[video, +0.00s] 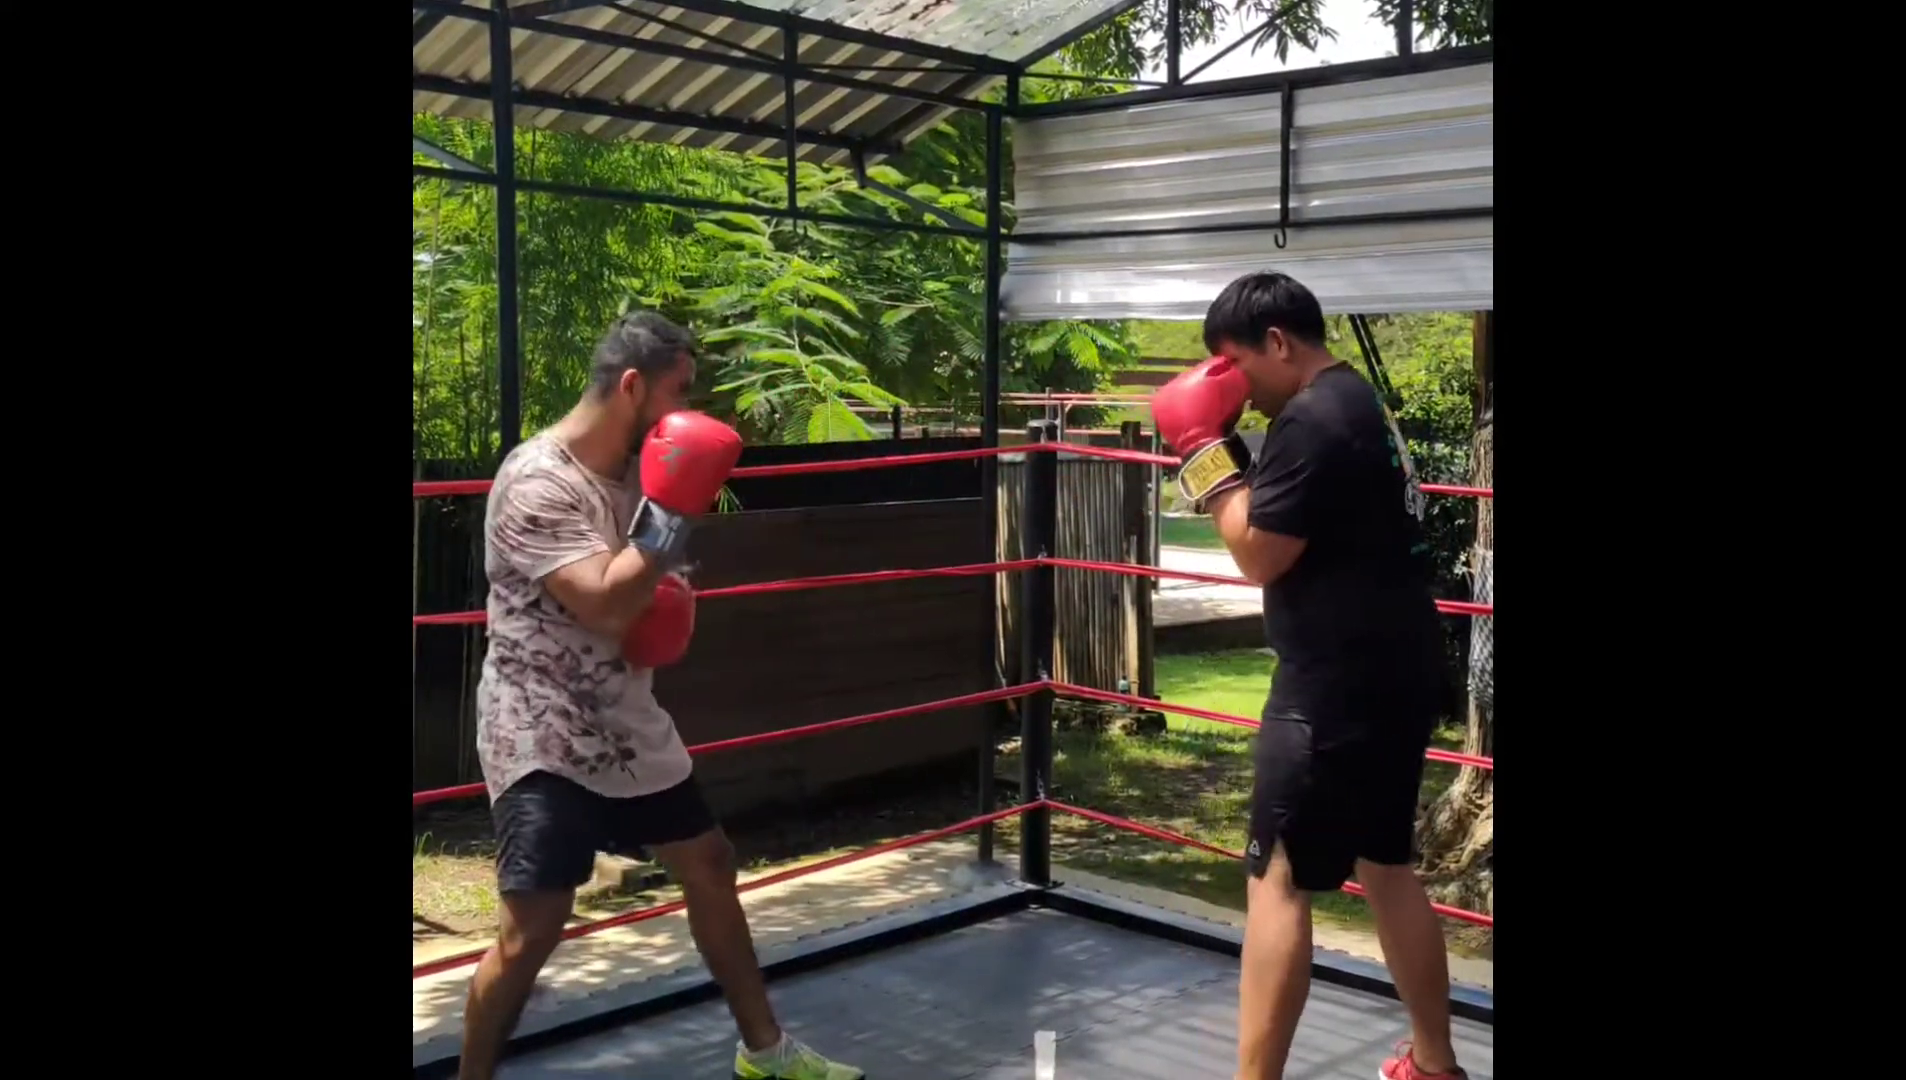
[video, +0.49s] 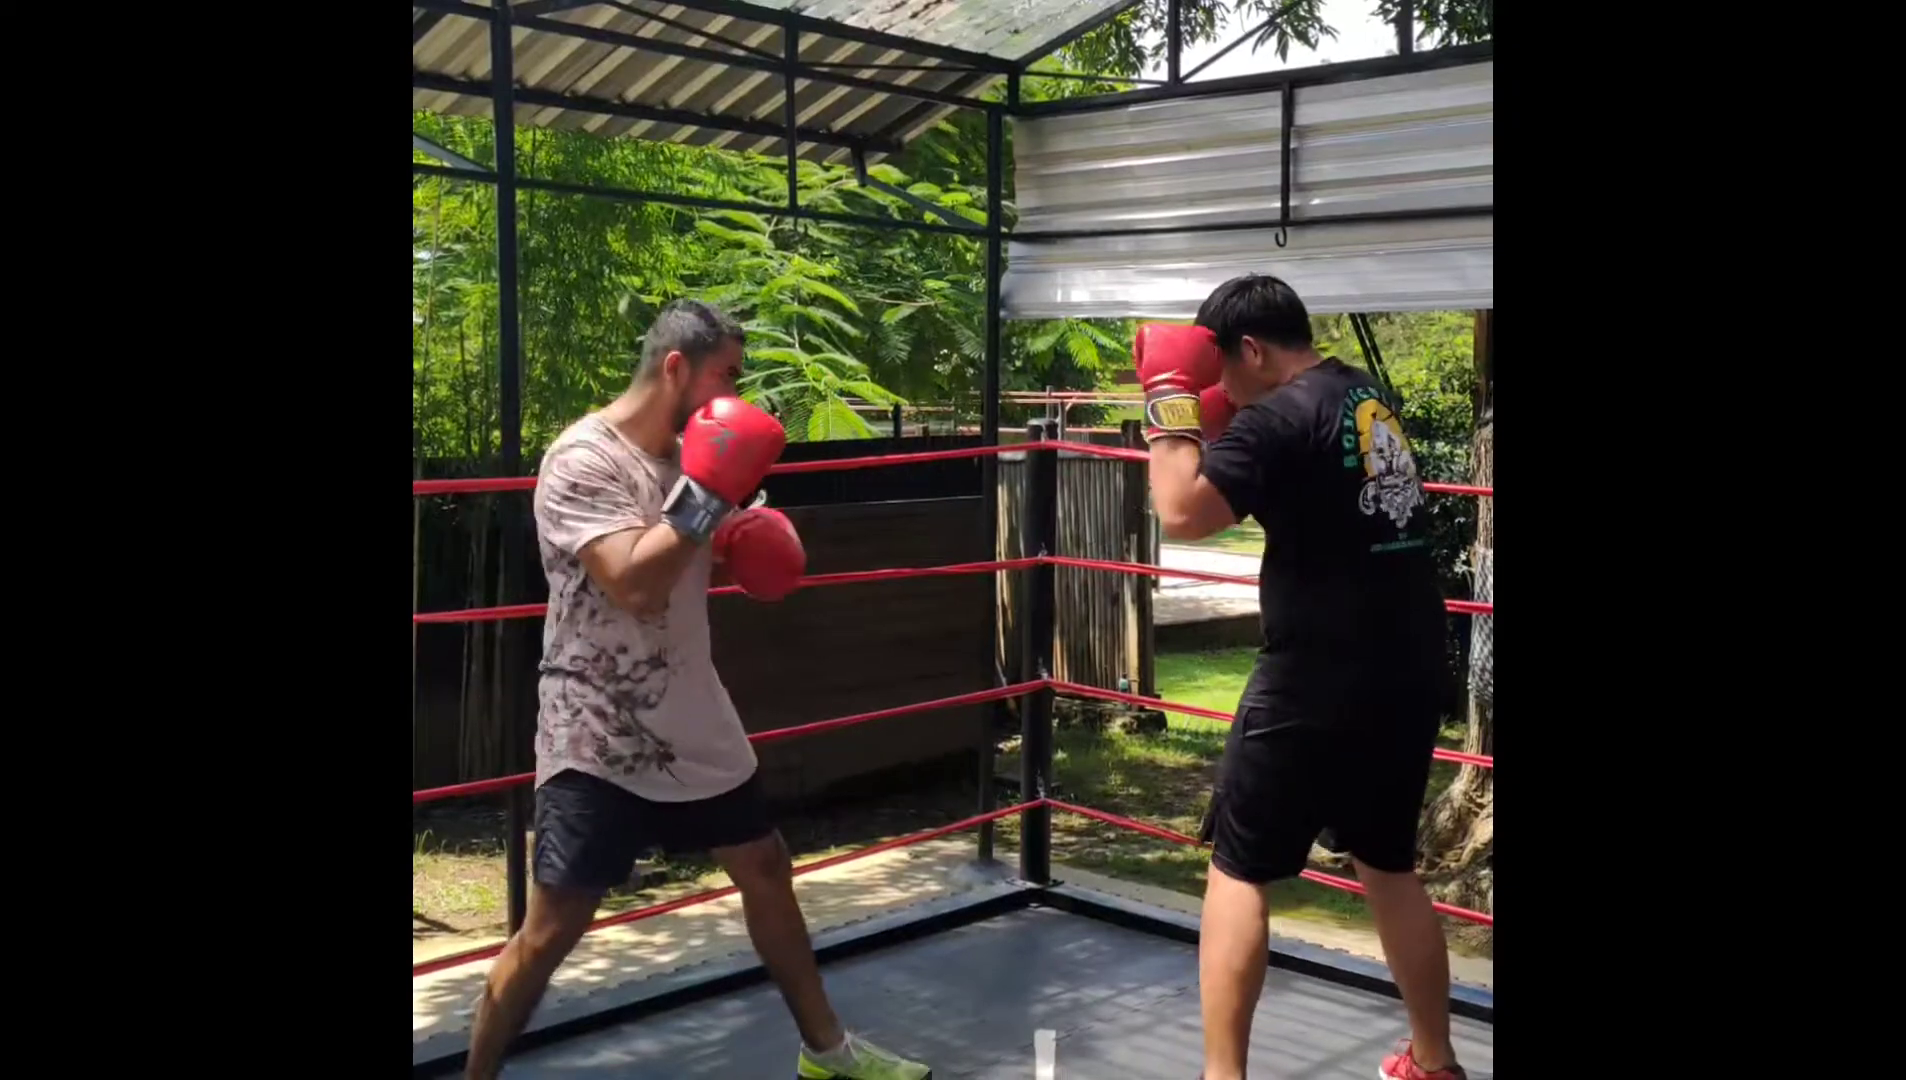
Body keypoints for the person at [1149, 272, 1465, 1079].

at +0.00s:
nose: (1233, 383)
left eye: (1234, 365)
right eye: (1225, 371)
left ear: (1280, 343)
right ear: (1294, 343)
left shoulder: (1313, 420)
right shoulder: (1352, 399)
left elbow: (1260, 558)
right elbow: (1278, 532)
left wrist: (1207, 456)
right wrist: (1226, 447)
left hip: (1329, 688)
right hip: (1393, 683)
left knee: (1277, 883)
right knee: (1389, 871)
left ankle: (1256, 1071)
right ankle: (1435, 1060)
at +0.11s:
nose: (1235, 381)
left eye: (1236, 362)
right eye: (1227, 368)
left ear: (1280, 341)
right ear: (1297, 340)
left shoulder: (1318, 420)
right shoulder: (1357, 398)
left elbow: (1261, 558)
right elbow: (1283, 536)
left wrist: (1212, 455)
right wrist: (1232, 449)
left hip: (1333, 687)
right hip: (1392, 681)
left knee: (1282, 884)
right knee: (1387, 869)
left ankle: (1256, 1072)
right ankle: (1435, 1060)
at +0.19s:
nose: (1235, 380)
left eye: (1236, 362)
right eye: (1228, 367)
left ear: (1281, 341)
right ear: (1297, 339)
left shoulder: (1319, 420)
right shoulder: (1357, 398)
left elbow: (1264, 559)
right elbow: (1280, 535)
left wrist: (1215, 453)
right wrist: (1232, 446)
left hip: (1331, 691)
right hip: (1392, 685)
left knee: (1278, 886)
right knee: (1387, 869)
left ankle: (1256, 1072)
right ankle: (1435, 1060)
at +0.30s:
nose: (1232, 383)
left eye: (1232, 365)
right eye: (1225, 370)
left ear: (1273, 346)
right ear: (1296, 342)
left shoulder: (1317, 422)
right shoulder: (1359, 399)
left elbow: (1261, 560)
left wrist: (1209, 454)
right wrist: (1233, 443)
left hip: (1328, 689)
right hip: (1397, 685)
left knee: (1254, 874)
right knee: (1386, 866)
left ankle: (1251, 1071)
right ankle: (1435, 1060)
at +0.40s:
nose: (1228, 385)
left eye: (1226, 368)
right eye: (1220, 372)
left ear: (1261, 351)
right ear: (1296, 343)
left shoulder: (1304, 423)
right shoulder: (1366, 400)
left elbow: (1229, 546)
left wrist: (1194, 439)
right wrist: (1231, 433)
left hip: (1317, 682)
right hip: (1402, 681)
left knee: (1240, 870)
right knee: (1385, 864)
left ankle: (1233, 1070)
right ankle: (1434, 1058)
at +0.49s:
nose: (1221, 381)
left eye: (1222, 364)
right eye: (1216, 366)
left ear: (1252, 350)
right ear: (1297, 343)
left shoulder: (1280, 418)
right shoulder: (1366, 398)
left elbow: (1182, 512)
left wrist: (1164, 412)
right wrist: (1219, 423)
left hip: (1309, 679)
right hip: (1404, 678)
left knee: (1238, 867)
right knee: (1390, 861)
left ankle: (1222, 1070)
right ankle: (1435, 1059)